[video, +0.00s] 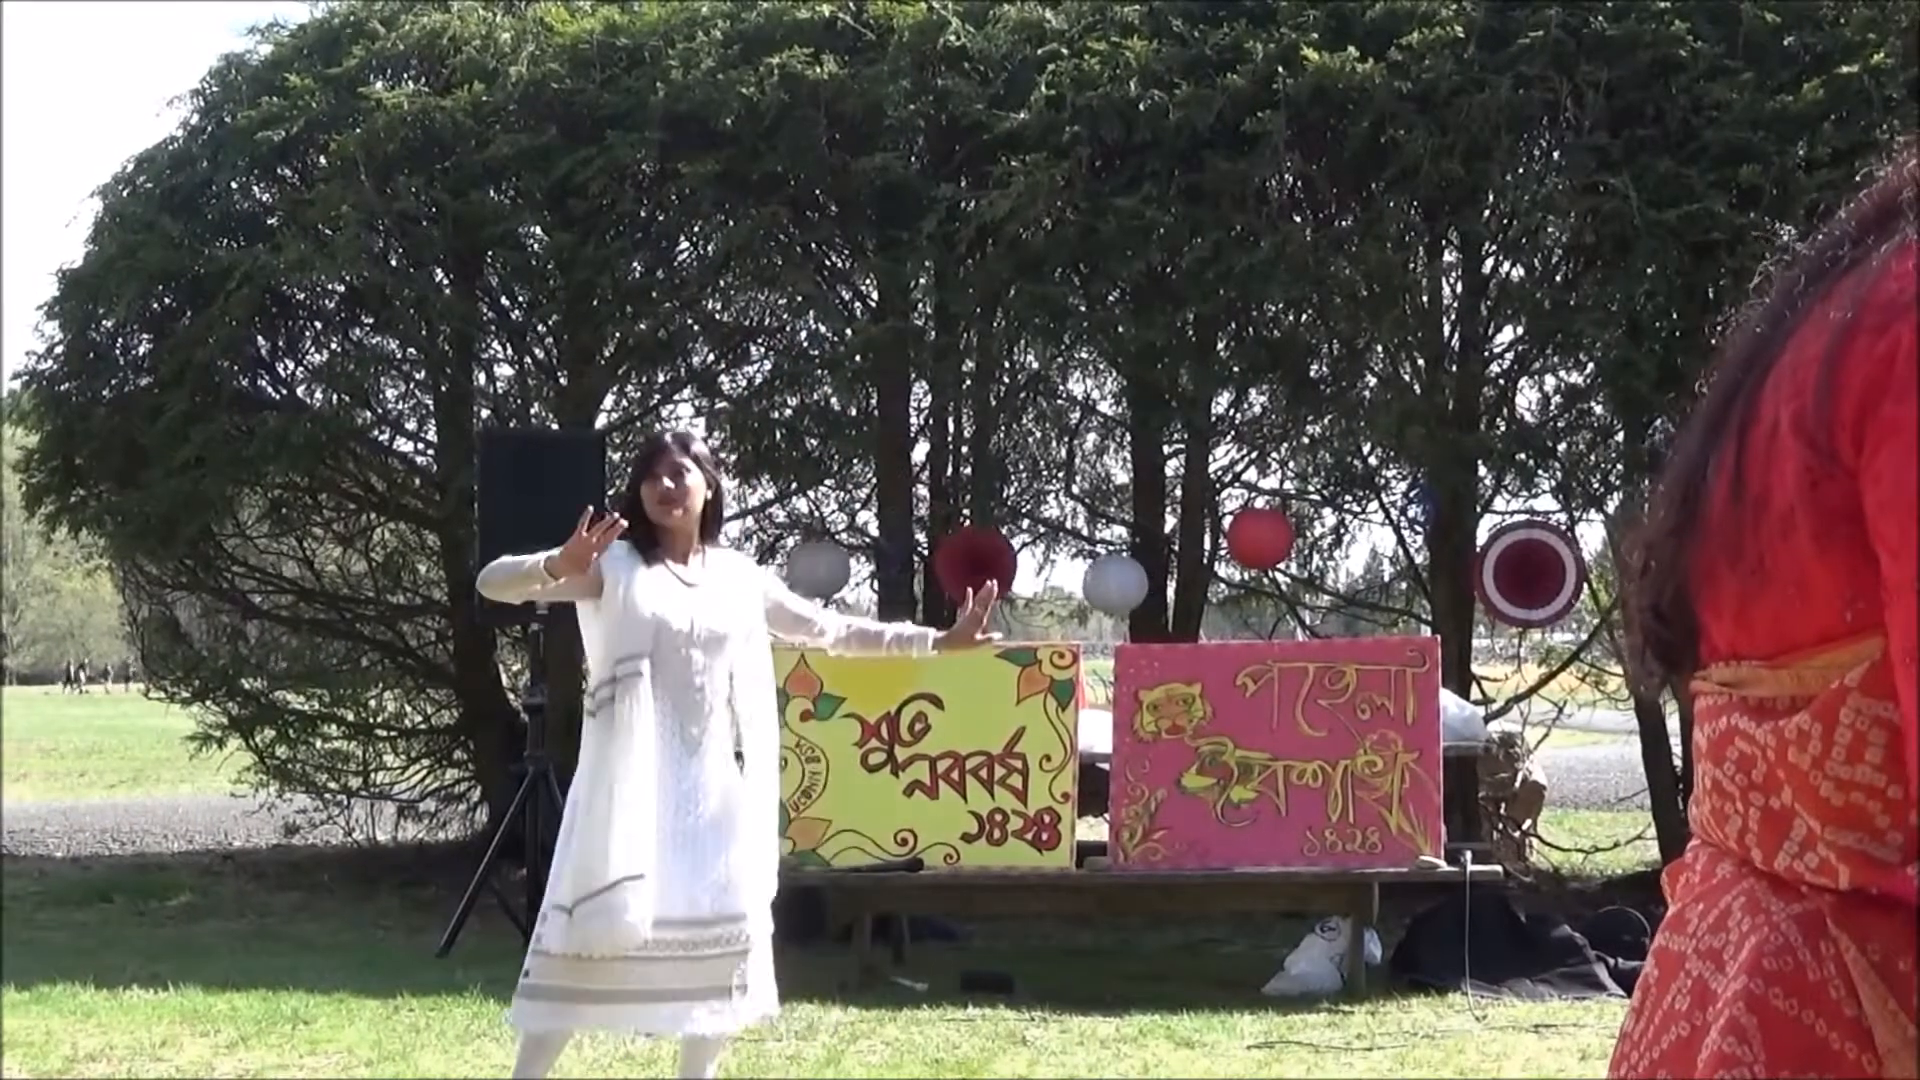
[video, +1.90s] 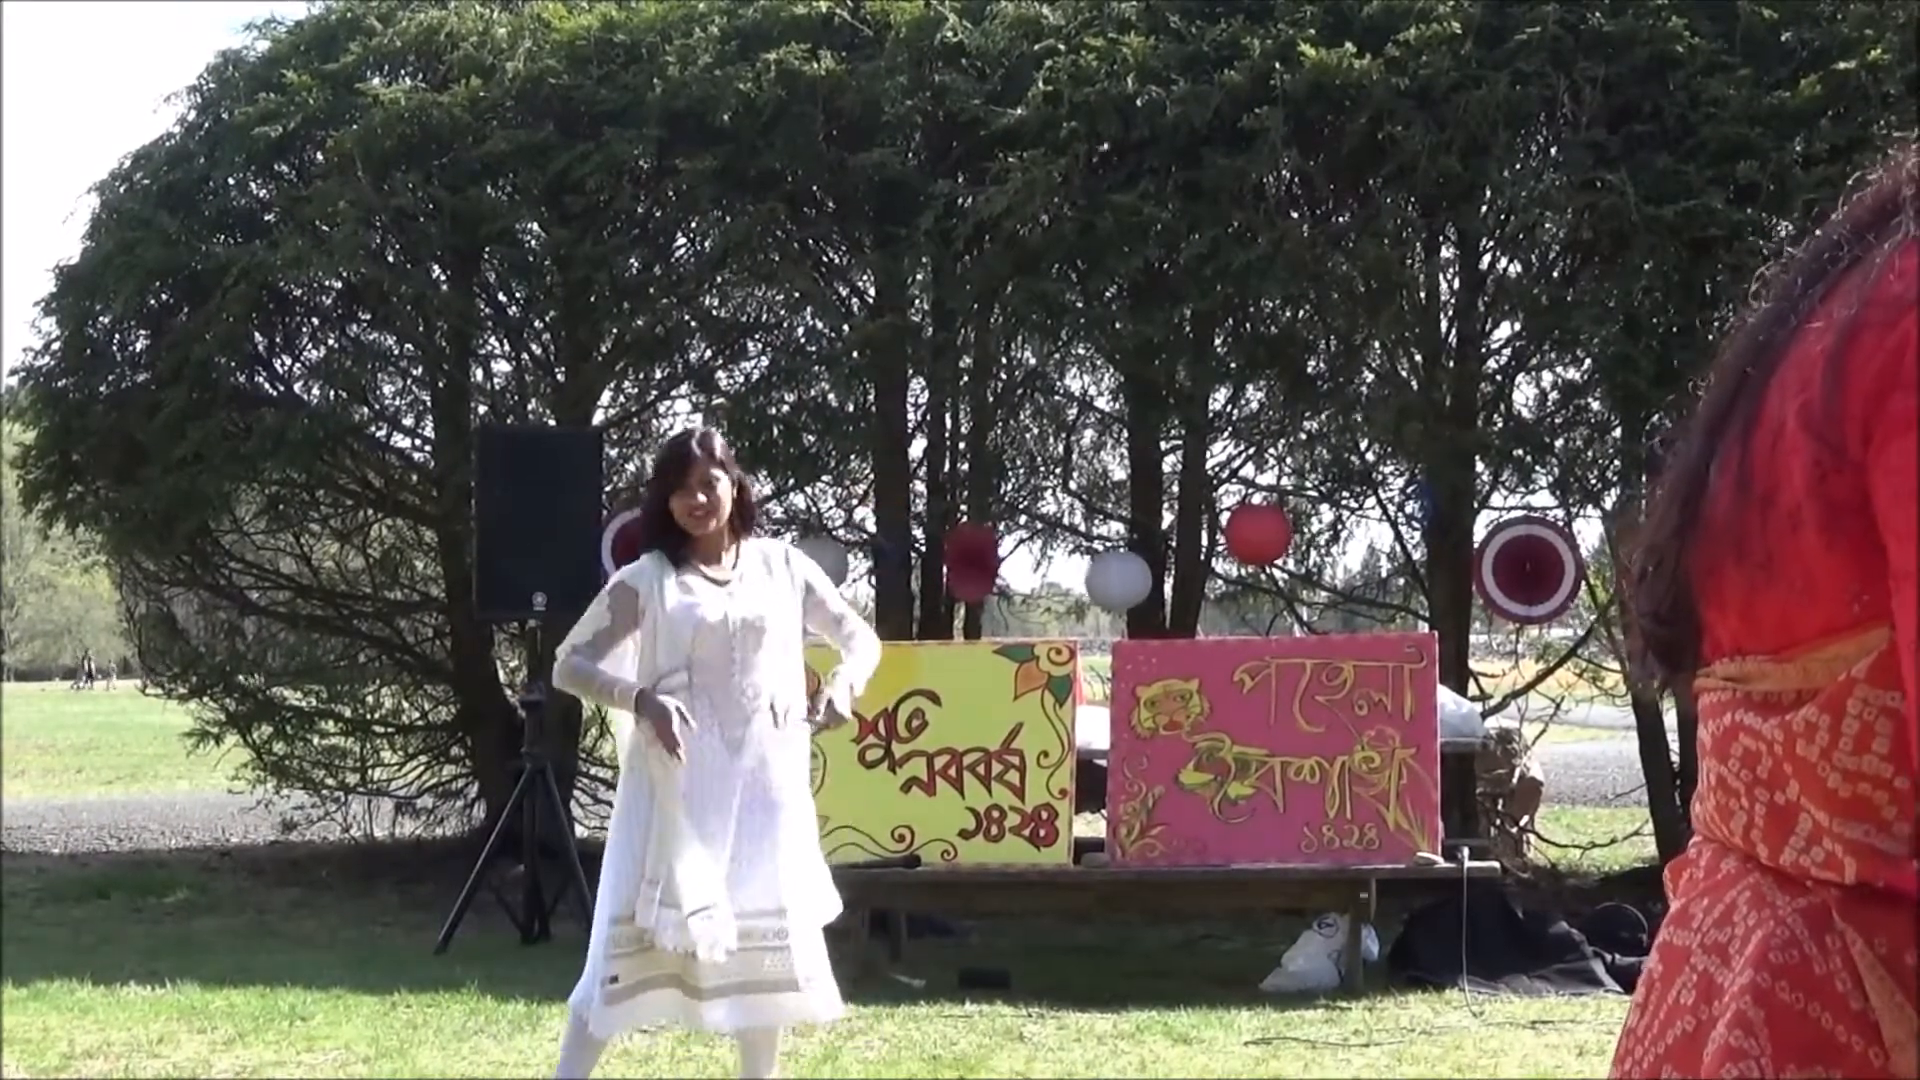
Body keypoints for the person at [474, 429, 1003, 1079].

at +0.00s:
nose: (669, 484)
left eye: (684, 471)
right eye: (656, 473)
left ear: (709, 488)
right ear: (638, 490)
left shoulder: (740, 577)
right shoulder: (610, 566)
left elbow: (833, 628)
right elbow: (490, 582)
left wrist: (948, 639)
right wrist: (554, 567)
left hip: (718, 788)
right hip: (622, 785)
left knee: (726, 953)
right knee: (572, 947)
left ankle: (696, 1074)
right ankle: (526, 1074)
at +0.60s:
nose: (651, 493)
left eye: (660, 480)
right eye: (636, 478)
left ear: (670, 493)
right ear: (602, 487)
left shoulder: (689, 571)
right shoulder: (563, 577)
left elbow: (771, 657)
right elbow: (533, 684)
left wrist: (857, 648)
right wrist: (610, 642)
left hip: (676, 790)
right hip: (575, 790)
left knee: (717, 945)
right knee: (542, 949)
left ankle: (754, 1072)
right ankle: (523, 1072)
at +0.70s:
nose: (665, 491)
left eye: (672, 479)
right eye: (649, 479)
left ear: (682, 491)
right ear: (616, 491)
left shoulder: (705, 568)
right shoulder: (596, 577)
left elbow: (781, 658)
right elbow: (629, 672)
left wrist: (850, 619)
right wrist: (699, 608)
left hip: (708, 794)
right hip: (611, 798)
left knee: (744, 952)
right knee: (561, 956)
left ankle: (758, 1071)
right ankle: (529, 1070)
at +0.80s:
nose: (680, 493)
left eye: (685, 479)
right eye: (662, 483)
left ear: (698, 491)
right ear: (633, 500)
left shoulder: (725, 572)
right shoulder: (636, 580)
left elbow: (811, 643)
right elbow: (725, 634)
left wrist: (857, 572)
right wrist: (782, 550)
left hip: (743, 792)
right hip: (650, 796)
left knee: (774, 956)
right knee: (590, 952)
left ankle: (763, 1071)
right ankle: (538, 1071)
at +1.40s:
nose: (721, 527)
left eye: (730, 510)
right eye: (704, 519)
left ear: (754, 512)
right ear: (688, 534)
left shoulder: (796, 584)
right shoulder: (694, 611)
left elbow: (831, 703)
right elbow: (731, 715)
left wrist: (863, 670)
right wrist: (822, 657)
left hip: (803, 817)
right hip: (719, 822)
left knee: (818, 982)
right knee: (650, 969)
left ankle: (777, 1073)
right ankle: (584, 1074)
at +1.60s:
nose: (716, 520)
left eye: (727, 503)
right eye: (700, 510)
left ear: (754, 502)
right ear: (686, 521)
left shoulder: (805, 580)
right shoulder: (680, 601)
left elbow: (827, 690)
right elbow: (655, 718)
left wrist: (839, 704)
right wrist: (734, 698)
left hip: (798, 815)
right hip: (705, 818)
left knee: (805, 983)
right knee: (644, 970)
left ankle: (772, 1075)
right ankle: (582, 1075)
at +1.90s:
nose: (699, 501)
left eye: (710, 485)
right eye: (683, 489)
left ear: (735, 487)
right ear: (665, 500)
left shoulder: (785, 566)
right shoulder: (645, 579)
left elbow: (862, 640)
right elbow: (571, 664)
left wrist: (838, 689)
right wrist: (641, 698)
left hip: (768, 787)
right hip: (675, 787)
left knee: (770, 957)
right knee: (621, 953)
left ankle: (760, 1073)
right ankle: (569, 1074)